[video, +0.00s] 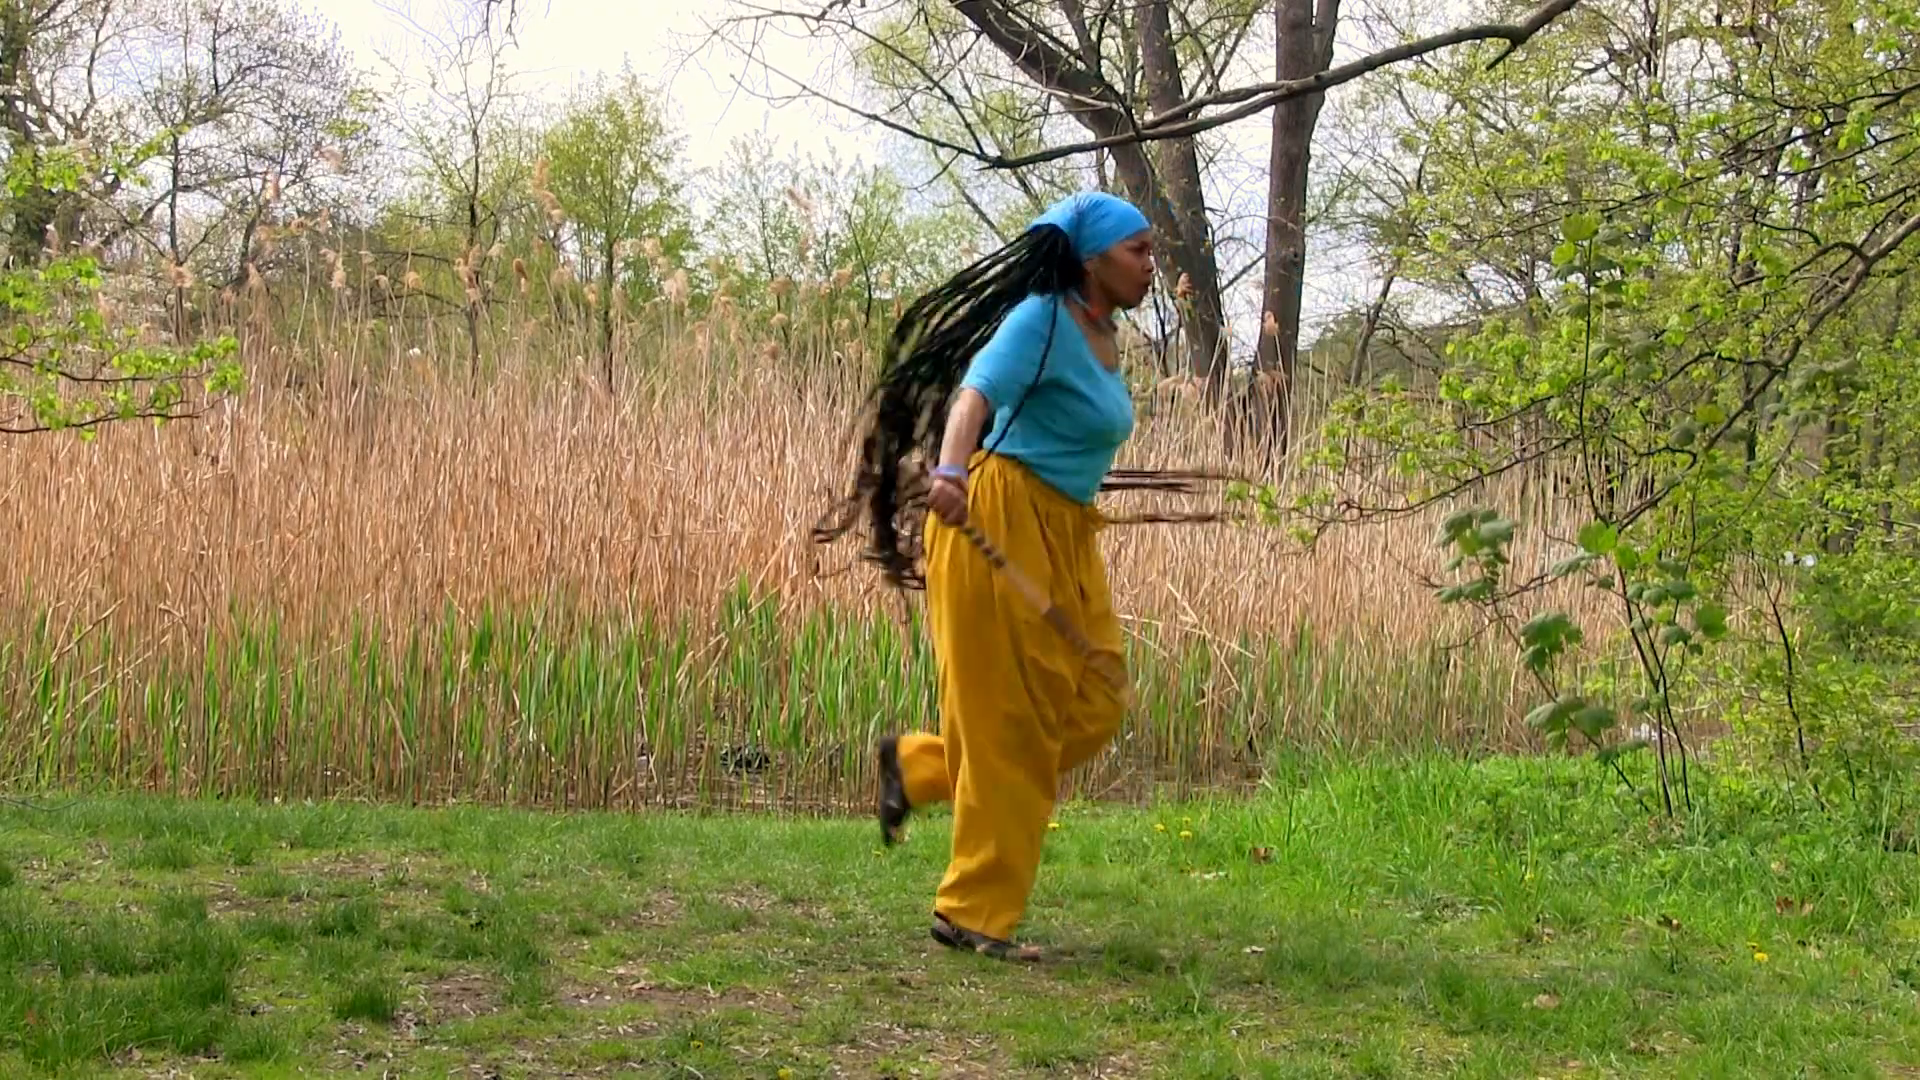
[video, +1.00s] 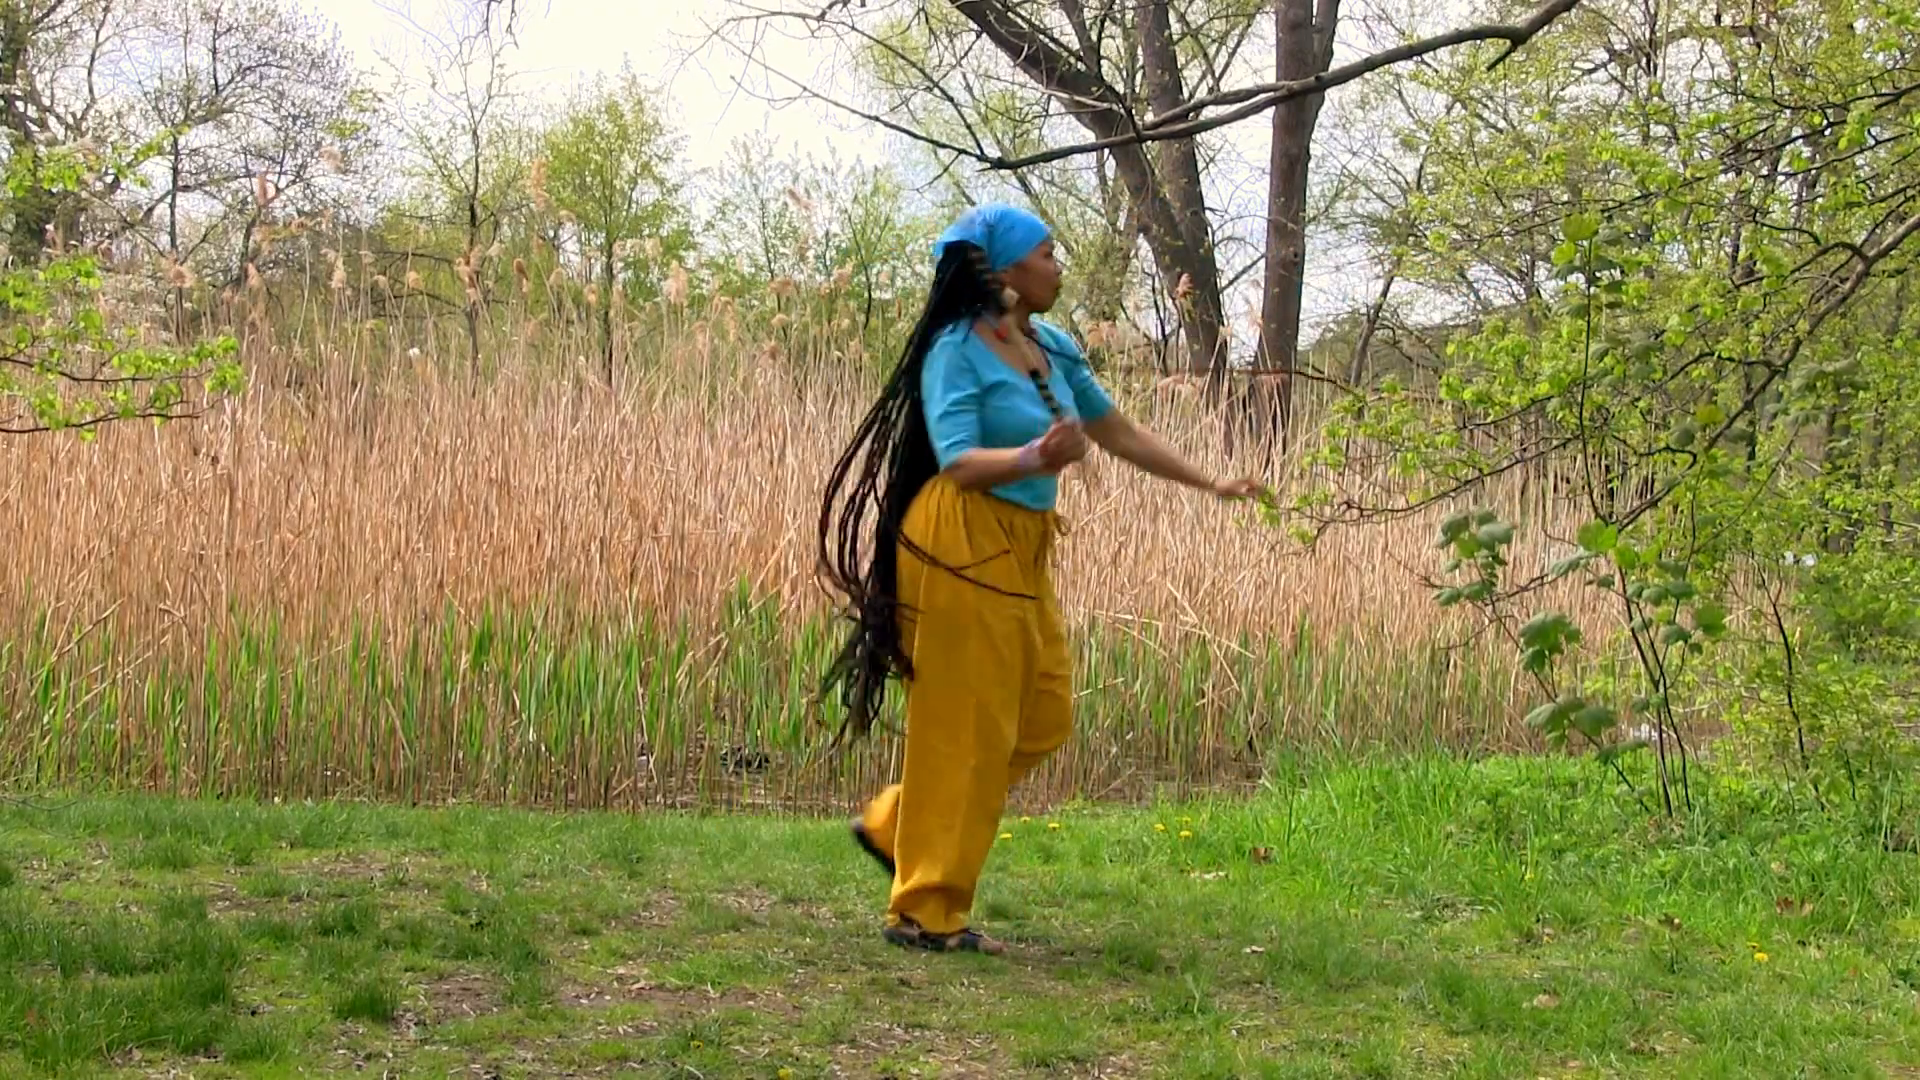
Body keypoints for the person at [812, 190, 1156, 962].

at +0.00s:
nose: (1151, 263)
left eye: (1150, 250)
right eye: (1137, 250)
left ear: (1116, 263)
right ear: (1090, 258)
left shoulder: (1101, 333)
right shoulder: (1041, 317)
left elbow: (1059, 431)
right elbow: (980, 390)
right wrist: (953, 470)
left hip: (1070, 529)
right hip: (1002, 514)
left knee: (1092, 708)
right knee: (1007, 715)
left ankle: (914, 767)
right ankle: (973, 911)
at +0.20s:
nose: (1069, 259)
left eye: (1065, 245)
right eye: (1055, 246)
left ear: (1008, 261)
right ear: (1011, 258)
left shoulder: (969, 323)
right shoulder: (991, 324)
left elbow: (923, 409)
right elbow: (1041, 396)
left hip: (928, 505)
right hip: (984, 517)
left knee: (907, 695)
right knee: (1002, 716)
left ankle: (773, 817)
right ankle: (969, 916)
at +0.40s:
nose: (982, 275)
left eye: (977, 262)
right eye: (970, 263)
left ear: (911, 277)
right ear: (933, 275)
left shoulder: (883, 337)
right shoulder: (945, 335)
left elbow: (967, 403)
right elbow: (1064, 347)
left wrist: (1015, 345)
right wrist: (1097, 290)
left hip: (850, 528)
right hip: (926, 532)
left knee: (804, 701)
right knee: (997, 716)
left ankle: (722, 877)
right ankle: (972, 915)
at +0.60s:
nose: (953, 291)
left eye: (950, 276)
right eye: (941, 278)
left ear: (895, 292)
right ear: (899, 291)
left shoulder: (857, 350)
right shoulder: (902, 352)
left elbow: (909, 433)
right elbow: (998, 424)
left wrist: (964, 383)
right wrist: (1070, 386)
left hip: (830, 539)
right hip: (890, 544)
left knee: (788, 706)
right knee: (991, 713)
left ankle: (715, 883)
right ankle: (967, 910)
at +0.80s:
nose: (992, 285)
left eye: (987, 274)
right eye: (979, 277)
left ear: (954, 294)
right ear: (940, 297)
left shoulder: (987, 346)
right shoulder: (891, 367)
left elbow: (1095, 322)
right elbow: (882, 482)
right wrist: (968, 537)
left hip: (933, 564)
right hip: (895, 564)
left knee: (832, 727)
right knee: (982, 728)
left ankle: (723, 876)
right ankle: (926, 910)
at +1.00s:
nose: (1058, 265)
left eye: (1053, 252)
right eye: (1046, 254)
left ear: (1019, 269)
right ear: (1005, 271)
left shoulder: (1051, 344)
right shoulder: (953, 352)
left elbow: (1119, 433)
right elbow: (961, 464)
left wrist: (1211, 481)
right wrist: (1034, 459)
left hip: (1022, 551)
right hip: (959, 545)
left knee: (1043, 720)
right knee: (967, 724)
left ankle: (895, 823)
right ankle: (928, 909)